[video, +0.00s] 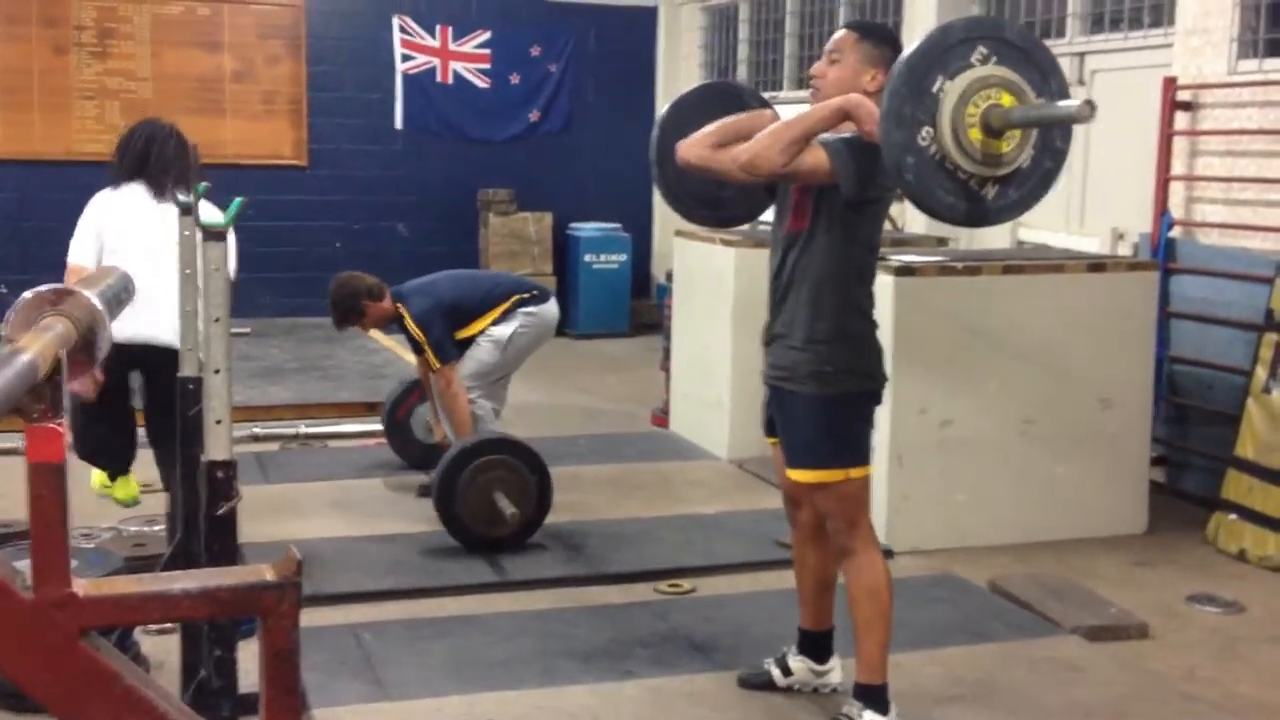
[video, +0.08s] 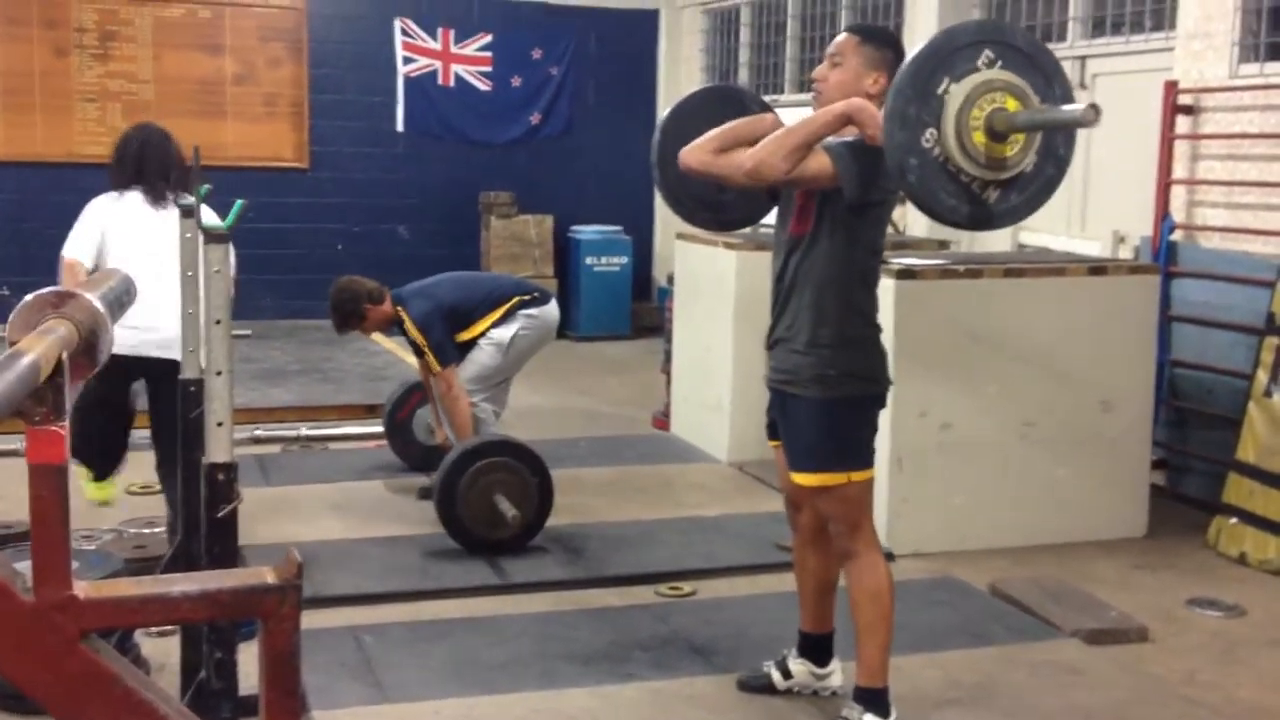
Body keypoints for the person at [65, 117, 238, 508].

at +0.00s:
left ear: (128, 156)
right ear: (181, 160)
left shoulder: (104, 203)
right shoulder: (205, 211)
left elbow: (77, 275)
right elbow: (225, 276)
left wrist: (73, 343)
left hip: (115, 338)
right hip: (177, 341)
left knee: (103, 389)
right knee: (175, 429)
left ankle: (116, 471)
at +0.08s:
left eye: (124, 156)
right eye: (169, 154)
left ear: (122, 163)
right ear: (174, 163)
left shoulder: (104, 207)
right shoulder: (197, 211)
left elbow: (71, 266)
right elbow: (225, 279)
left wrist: (79, 317)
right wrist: (204, 315)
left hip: (117, 341)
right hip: (180, 343)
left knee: (104, 400)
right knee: (180, 447)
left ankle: (100, 475)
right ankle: (191, 539)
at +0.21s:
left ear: (99, 153)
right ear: (152, 151)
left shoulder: (83, 198)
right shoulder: (183, 198)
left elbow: (60, 266)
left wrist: (60, 329)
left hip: (106, 332)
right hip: (168, 332)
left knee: (98, 416)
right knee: (166, 422)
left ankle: (96, 501)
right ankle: (193, 517)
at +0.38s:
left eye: (68, 157)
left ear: (72, 160)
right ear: (124, 153)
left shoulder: (59, 210)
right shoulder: (156, 201)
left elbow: (41, 289)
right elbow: (182, 267)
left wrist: (43, 340)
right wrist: (198, 317)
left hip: (84, 338)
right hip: (146, 335)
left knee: (87, 424)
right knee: (150, 407)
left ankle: (94, 509)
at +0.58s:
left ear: (71, 132)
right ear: (121, 129)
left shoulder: (55, 178)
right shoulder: (147, 176)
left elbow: (33, 248)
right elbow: (168, 237)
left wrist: (49, 283)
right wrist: (190, 293)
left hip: (78, 308)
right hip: (137, 304)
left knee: (84, 402)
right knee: (136, 376)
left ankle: (95, 504)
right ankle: (139, 454)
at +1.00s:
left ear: (89, 139)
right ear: (137, 140)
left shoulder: (71, 178)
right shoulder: (151, 187)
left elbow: (52, 241)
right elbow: (166, 251)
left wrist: (74, 271)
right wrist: (188, 307)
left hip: (78, 300)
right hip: (131, 302)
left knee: (84, 381)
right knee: (130, 380)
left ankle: (90, 446)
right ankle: (128, 468)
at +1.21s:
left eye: (85, 118)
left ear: (88, 121)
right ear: (136, 122)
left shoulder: (71, 162)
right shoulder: (151, 169)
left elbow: (50, 225)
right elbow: (163, 232)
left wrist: (34, 272)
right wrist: (159, 270)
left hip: (78, 278)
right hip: (132, 281)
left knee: (74, 348)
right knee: (133, 368)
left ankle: (90, 408)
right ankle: (129, 459)